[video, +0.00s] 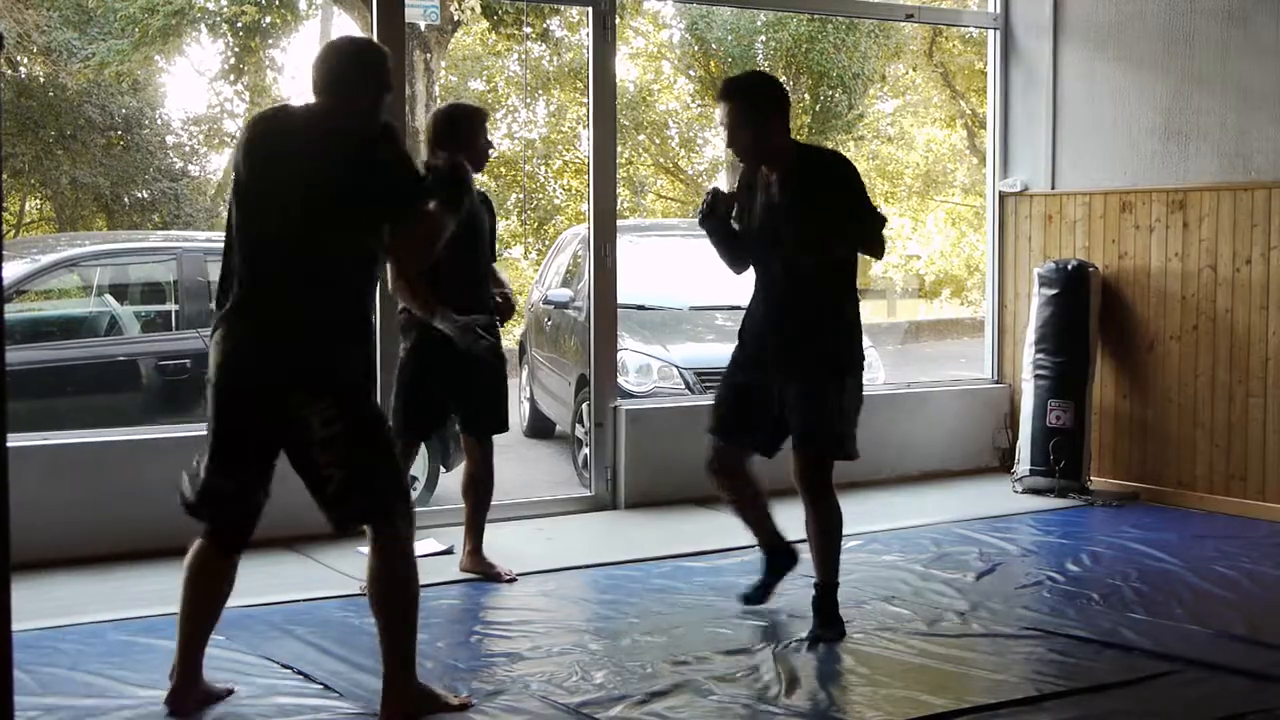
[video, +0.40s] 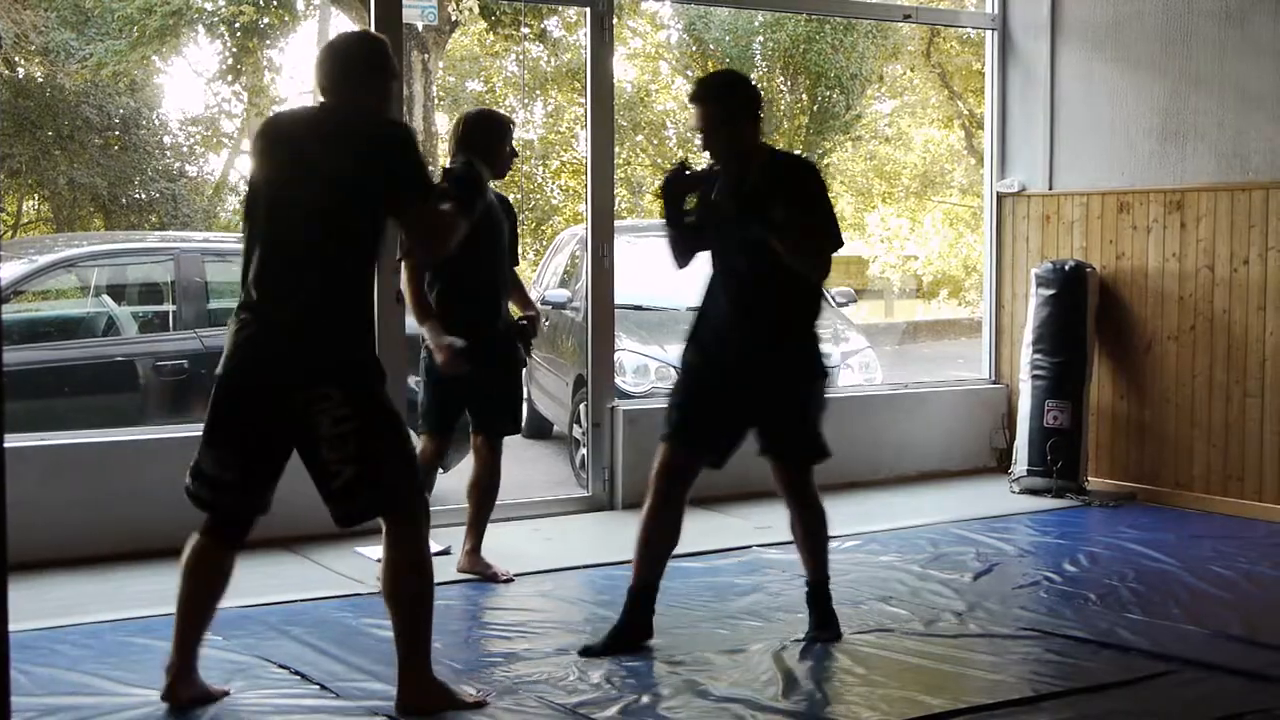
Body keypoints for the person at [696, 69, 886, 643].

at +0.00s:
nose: (726, 139)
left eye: (734, 125)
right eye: (725, 126)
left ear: (770, 121)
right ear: (750, 125)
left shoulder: (830, 170)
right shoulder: (751, 184)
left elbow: (873, 241)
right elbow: (741, 261)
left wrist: (801, 215)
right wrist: (716, 220)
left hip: (825, 344)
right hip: (766, 341)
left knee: (813, 475)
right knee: (726, 462)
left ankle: (827, 602)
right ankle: (776, 551)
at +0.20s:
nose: (727, 131)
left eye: (735, 117)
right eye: (726, 118)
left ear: (770, 116)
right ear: (747, 119)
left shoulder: (823, 168)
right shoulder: (730, 182)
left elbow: (823, 257)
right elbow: (726, 252)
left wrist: (749, 205)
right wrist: (732, 186)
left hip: (817, 346)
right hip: (752, 340)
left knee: (812, 476)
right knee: (688, 452)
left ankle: (827, 604)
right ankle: (695, 588)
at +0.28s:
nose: (721, 131)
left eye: (728, 120)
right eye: (720, 121)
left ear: (764, 115)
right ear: (741, 117)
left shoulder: (816, 174)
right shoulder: (729, 182)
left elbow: (835, 275)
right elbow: (712, 249)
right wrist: (718, 191)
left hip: (805, 349)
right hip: (740, 344)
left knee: (810, 480)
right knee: (681, 459)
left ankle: (826, 609)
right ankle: (654, 603)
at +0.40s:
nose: (702, 139)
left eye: (710, 127)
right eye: (700, 128)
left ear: (747, 119)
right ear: (710, 126)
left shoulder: (797, 174)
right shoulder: (715, 185)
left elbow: (817, 267)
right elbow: (683, 253)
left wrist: (750, 216)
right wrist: (675, 204)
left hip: (783, 354)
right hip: (718, 352)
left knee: (797, 484)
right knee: (667, 478)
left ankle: (821, 609)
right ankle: (635, 621)